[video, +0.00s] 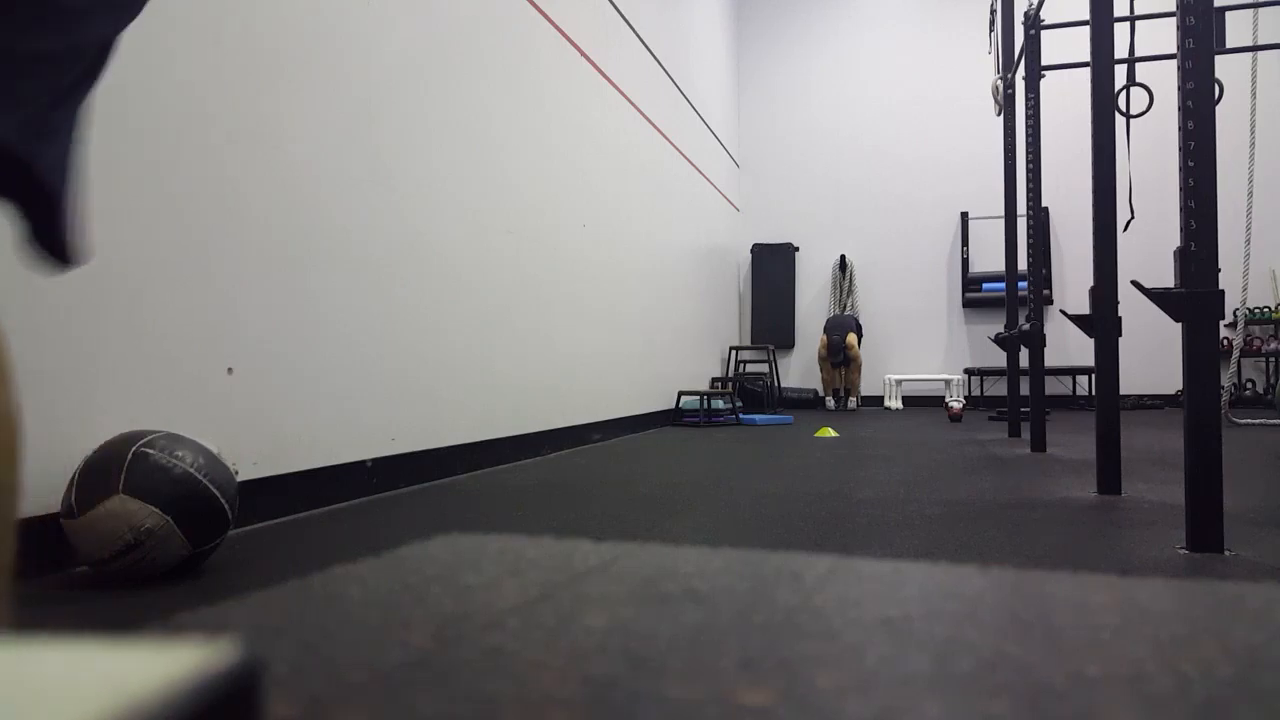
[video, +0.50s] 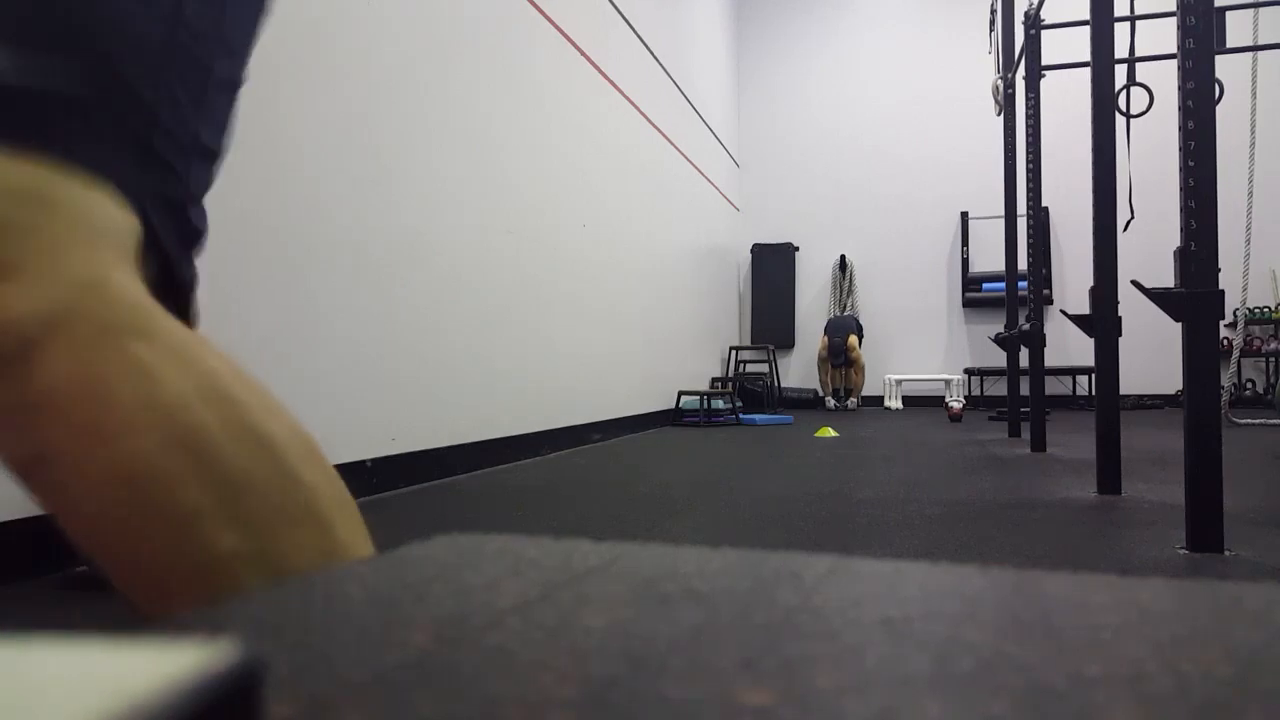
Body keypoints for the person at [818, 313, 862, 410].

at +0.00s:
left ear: (843, 347)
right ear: (828, 348)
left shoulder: (852, 344)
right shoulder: (823, 346)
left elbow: (855, 372)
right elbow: (826, 373)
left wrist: (853, 397)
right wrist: (828, 397)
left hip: (853, 322)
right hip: (830, 322)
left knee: (849, 366)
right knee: (834, 367)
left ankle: (848, 398)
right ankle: (834, 397)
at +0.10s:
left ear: (843, 348)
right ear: (828, 349)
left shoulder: (852, 345)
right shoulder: (823, 346)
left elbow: (855, 372)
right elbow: (825, 373)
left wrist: (853, 397)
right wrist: (828, 397)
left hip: (853, 322)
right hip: (830, 323)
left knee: (848, 365)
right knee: (834, 367)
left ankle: (848, 398)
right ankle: (835, 397)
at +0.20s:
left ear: (844, 347)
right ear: (829, 348)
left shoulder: (852, 344)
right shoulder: (823, 346)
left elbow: (856, 372)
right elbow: (824, 374)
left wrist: (853, 397)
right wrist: (828, 397)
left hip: (853, 323)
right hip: (831, 323)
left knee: (848, 366)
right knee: (834, 367)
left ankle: (848, 397)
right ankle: (835, 397)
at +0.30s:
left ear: (844, 348)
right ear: (829, 349)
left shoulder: (852, 344)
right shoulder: (823, 346)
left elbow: (858, 372)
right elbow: (824, 374)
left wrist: (853, 397)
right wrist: (828, 397)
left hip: (853, 323)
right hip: (831, 323)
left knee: (848, 366)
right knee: (834, 367)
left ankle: (848, 398)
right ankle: (835, 397)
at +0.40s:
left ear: (844, 348)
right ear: (829, 350)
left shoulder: (853, 345)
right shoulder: (823, 346)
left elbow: (859, 373)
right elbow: (823, 374)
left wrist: (854, 398)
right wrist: (828, 397)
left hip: (853, 323)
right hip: (831, 323)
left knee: (849, 367)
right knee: (834, 367)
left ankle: (848, 399)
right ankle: (834, 397)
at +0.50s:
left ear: (844, 349)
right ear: (829, 350)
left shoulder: (853, 345)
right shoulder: (823, 346)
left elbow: (860, 373)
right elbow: (823, 374)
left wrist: (854, 398)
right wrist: (828, 397)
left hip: (853, 323)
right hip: (831, 323)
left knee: (849, 367)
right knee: (834, 367)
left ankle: (848, 398)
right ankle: (835, 397)